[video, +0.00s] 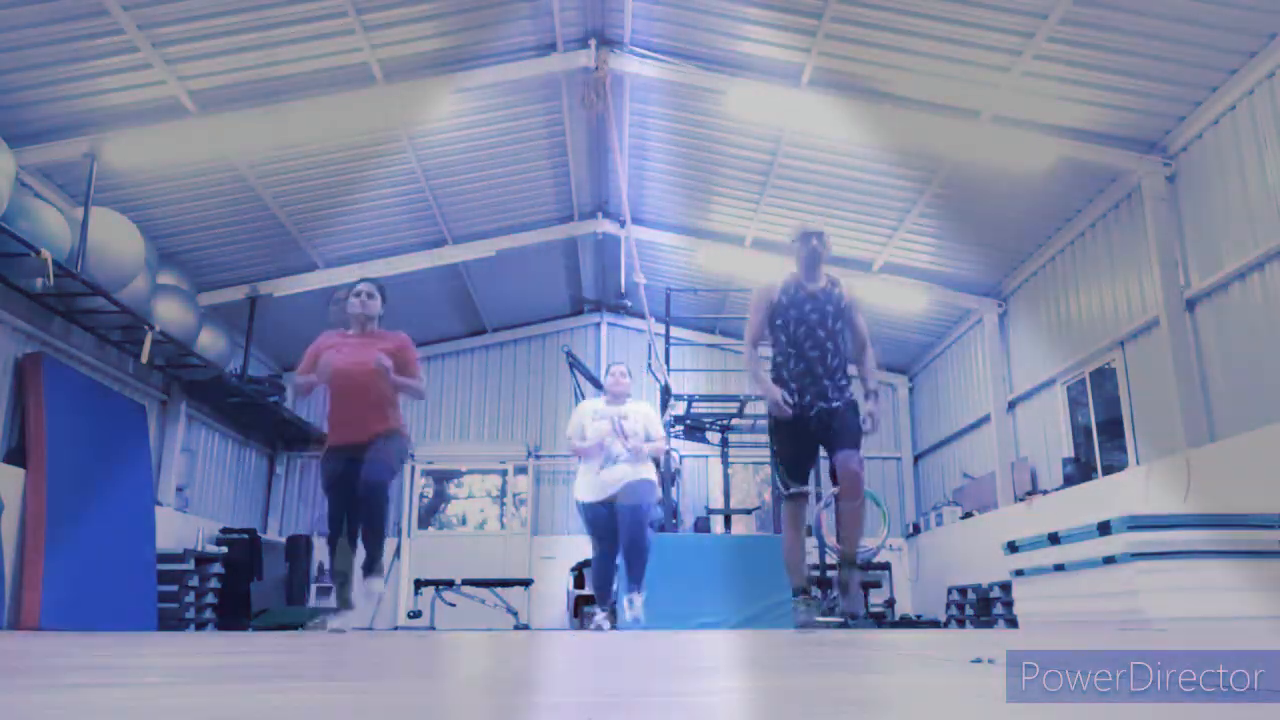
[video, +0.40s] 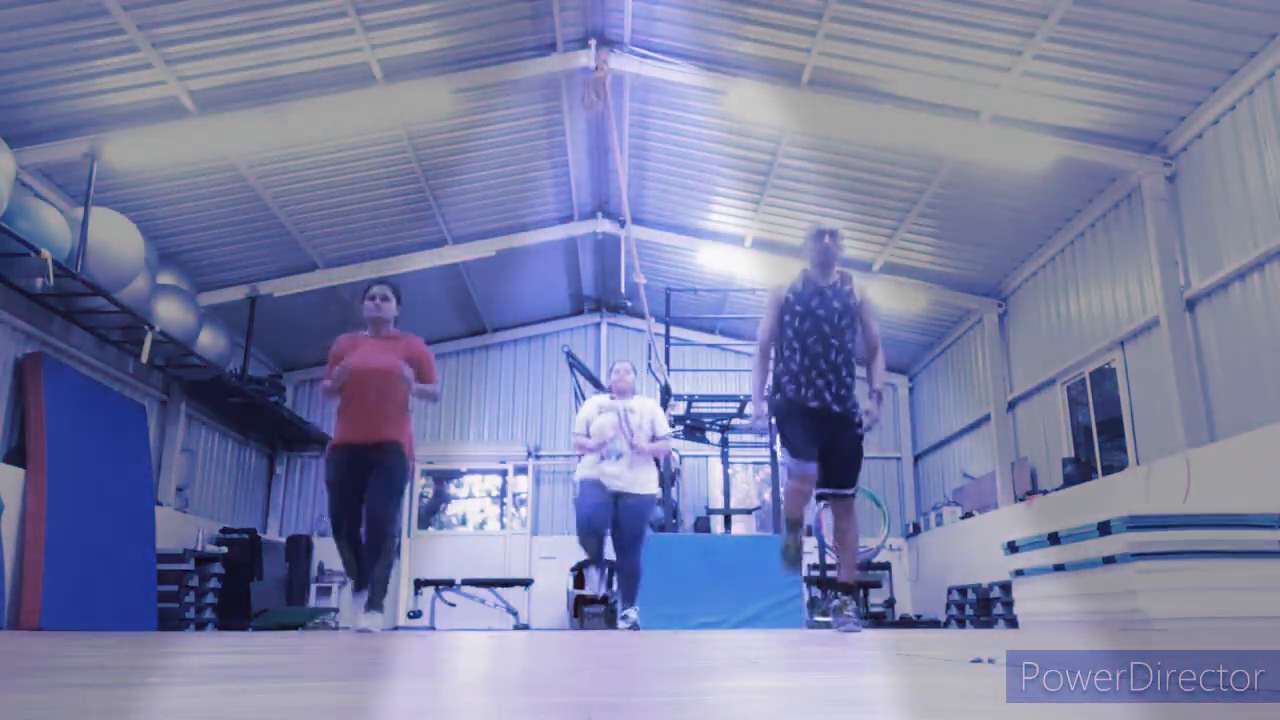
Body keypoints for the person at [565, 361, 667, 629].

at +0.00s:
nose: (618, 379)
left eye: (624, 375)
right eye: (613, 375)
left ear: (631, 383)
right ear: (604, 382)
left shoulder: (644, 410)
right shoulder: (586, 408)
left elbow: (662, 445)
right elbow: (572, 446)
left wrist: (642, 448)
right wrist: (595, 443)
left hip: (635, 481)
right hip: (594, 484)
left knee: (634, 538)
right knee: (604, 548)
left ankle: (635, 594)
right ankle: (602, 609)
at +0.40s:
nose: (619, 378)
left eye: (624, 373)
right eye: (615, 373)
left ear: (634, 378)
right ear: (609, 379)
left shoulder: (650, 407)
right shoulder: (593, 404)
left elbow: (666, 445)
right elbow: (577, 441)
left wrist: (645, 447)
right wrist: (595, 443)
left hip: (637, 483)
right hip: (596, 479)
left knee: (629, 549)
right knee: (590, 519)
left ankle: (628, 607)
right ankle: (596, 565)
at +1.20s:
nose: (609, 371)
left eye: (614, 367)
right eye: (604, 366)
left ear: (622, 368)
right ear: (593, 368)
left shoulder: (634, 395)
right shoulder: (574, 393)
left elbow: (653, 435)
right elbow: (560, 432)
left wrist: (635, 433)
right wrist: (588, 430)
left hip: (627, 461)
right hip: (584, 468)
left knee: (641, 495)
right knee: (597, 541)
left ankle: (623, 549)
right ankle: (595, 604)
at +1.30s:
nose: (606, 381)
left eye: (611, 376)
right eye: (601, 375)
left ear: (619, 376)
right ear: (592, 375)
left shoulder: (633, 404)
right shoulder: (571, 402)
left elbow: (652, 441)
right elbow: (555, 440)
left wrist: (634, 439)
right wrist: (581, 443)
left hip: (621, 479)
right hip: (584, 484)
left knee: (636, 467)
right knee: (596, 551)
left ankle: (627, 536)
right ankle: (596, 610)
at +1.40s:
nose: (605, 378)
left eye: (610, 373)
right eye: (600, 372)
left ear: (618, 376)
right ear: (590, 374)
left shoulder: (632, 405)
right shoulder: (570, 403)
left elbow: (651, 442)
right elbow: (556, 442)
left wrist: (633, 438)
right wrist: (582, 440)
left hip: (621, 477)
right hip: (582, 483)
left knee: (632, 471)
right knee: (595, 552)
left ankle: (624, 544)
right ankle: (597, 611)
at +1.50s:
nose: (604, 361)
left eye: (611, 357)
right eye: (599, 356)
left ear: (619, 364)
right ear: (589, 362)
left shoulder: (633, 392)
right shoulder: (571, 390)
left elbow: (652, 431)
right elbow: (555, 430)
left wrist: (628, 430)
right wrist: (586, 429)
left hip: (625, 459)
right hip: (581, 470)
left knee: (625, 496)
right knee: (593, 542)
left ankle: (619, 570)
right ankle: (597, 608)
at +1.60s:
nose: (607, 361)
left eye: (613, 357)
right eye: (602, 356)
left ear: (621, 365)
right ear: (591, 363)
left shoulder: (633, 393)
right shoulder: (572, 391)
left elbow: (653, 435)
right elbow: (555, 432)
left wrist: (634, 436)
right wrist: (580, 434)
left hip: (625, 472)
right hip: (582, 477)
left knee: (616, 517)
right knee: (592, 545)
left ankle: (620, 576)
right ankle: (598, 608)